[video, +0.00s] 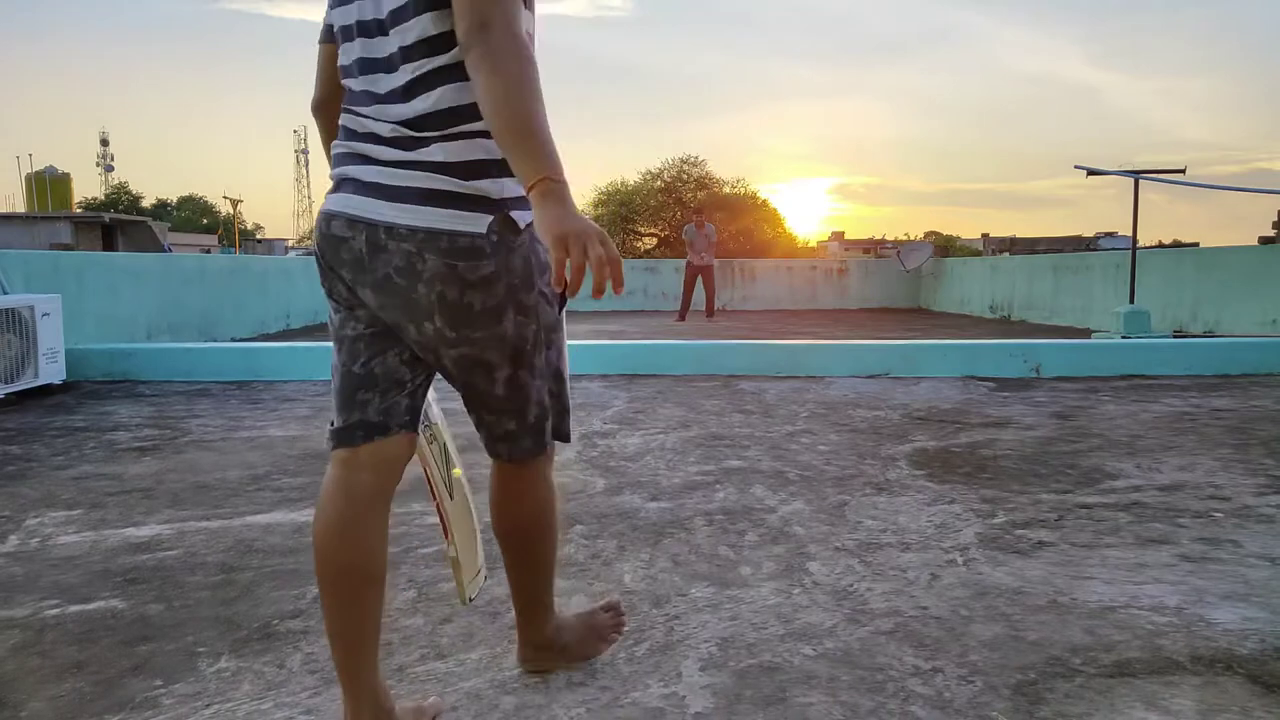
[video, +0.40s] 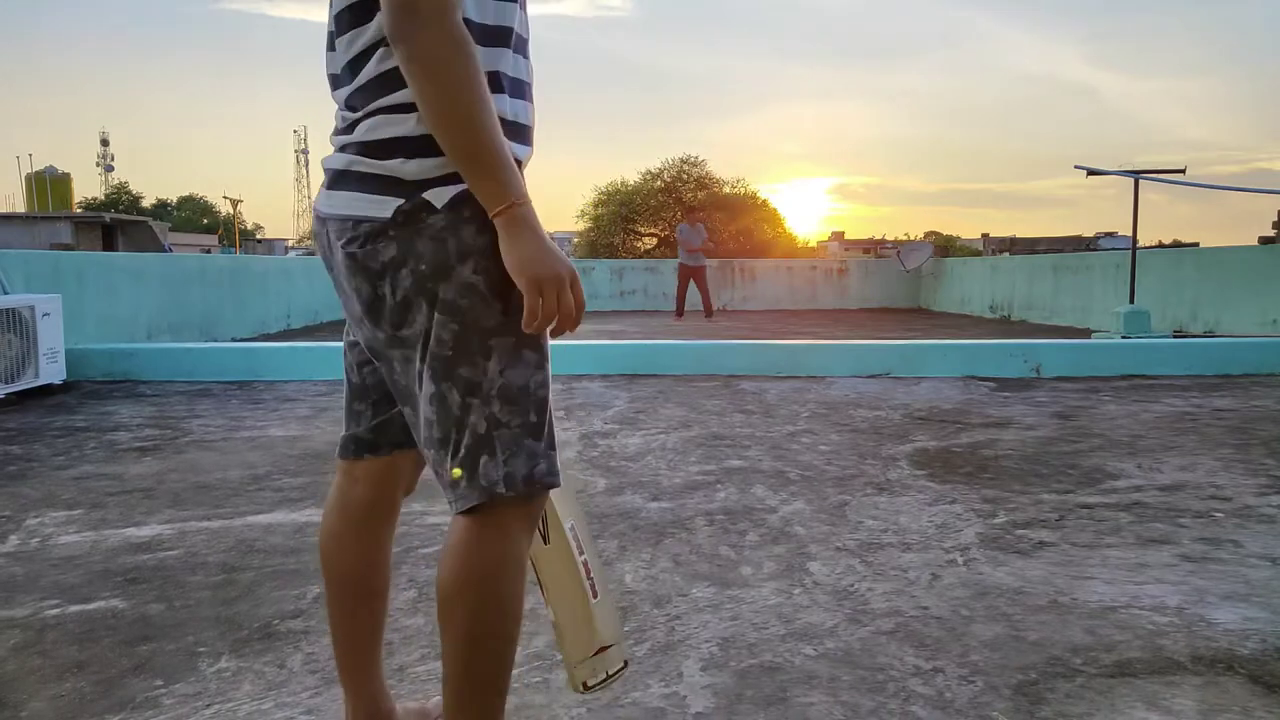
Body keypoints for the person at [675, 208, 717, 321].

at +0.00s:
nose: (699, 219)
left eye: (701, 217)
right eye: (696, 217)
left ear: (704, 217)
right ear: (693, 217)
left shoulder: (710, 229)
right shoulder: (688, 229)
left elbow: (712, 245)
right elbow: (687, 247)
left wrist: (707, 256)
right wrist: (695, 257)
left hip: (707, 264)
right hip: (692, 264)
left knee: (710, 291)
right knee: (687, 291)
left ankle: (710, 315)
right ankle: (681, 315)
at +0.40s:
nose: (693, 218)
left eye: (694, 215)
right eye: (691, 215)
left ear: (697, 215)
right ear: (686, 216)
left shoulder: (700, 227)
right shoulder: (681, 228)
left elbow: (705, 241)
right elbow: (684, 247)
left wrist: (708, 245)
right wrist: (702, 248)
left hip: (699, 264)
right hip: (685, 263)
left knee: (704, 290)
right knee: (681, 291)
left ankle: (709, 314)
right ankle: (678, 314)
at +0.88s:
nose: (682, 213)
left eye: (684, 210)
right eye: (680, 210)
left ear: (687, 211)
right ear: (675, 211)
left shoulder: (691, 223)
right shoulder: (671, 224)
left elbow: (701, 236)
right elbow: (662, 235)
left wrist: (691, 233)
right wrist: (674, 233)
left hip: (688, 258)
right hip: (675, 257)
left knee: (685, 285)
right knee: (678, 285)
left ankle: (682, 309)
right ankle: (677, 310)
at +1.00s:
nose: (682, 214)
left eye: (684, 211)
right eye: (679, 211)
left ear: (687, 212)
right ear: (675, 213)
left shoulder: (692, 225)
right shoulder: (673, 224)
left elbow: (703, 234)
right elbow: (658, 231)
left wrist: (692, 231)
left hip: (686, 259)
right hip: (673, 259)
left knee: (680, 288)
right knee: (676, 287)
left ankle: (678, 311)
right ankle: (676, 311)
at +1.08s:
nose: (682, 213)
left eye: (684, 211)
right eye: (679, 211)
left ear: (687, 212)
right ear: (676, 213)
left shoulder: (691, 224)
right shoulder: (672, 224)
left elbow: (702, 231)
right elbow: (656, 227)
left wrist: (687, 226)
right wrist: (668, 219)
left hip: (685, 259)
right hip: (672, 258)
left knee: (680, 286)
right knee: (673, 286)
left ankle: (679, 308)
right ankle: (673, 309)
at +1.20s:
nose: (681, 213)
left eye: (683, 211)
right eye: (679, 210)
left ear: (686, 212)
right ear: (675, 212)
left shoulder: (689, 224)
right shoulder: (670, 223)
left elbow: (701, 227)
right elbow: (653, 221)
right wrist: (668, 215)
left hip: (683, 258)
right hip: (670, 257)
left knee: (679, 287)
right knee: (669, 287)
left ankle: (678, 313)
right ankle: (669, 313)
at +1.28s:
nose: (681, 213)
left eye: (683, 211)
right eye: (679, 210)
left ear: (686, 212)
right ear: (674, 212)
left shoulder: (688, 224)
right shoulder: (669, 223)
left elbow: (698, 224)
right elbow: (652, 220)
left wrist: (685, 222)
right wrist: (665, 215)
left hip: (683, 258)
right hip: (669, 257)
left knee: (679, 287)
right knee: (667, 286)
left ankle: (678, 311)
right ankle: (665, 311)